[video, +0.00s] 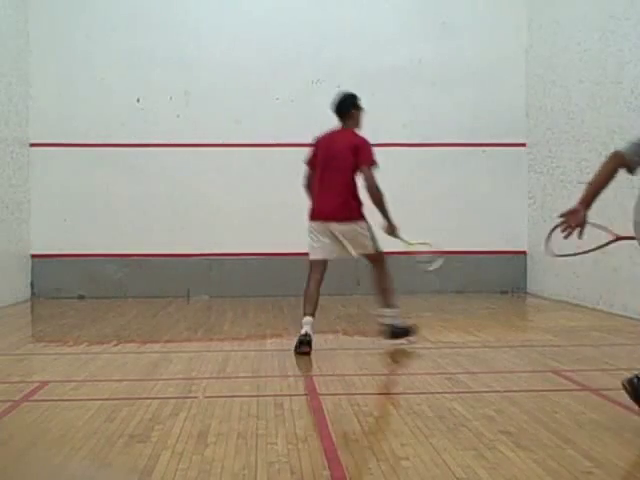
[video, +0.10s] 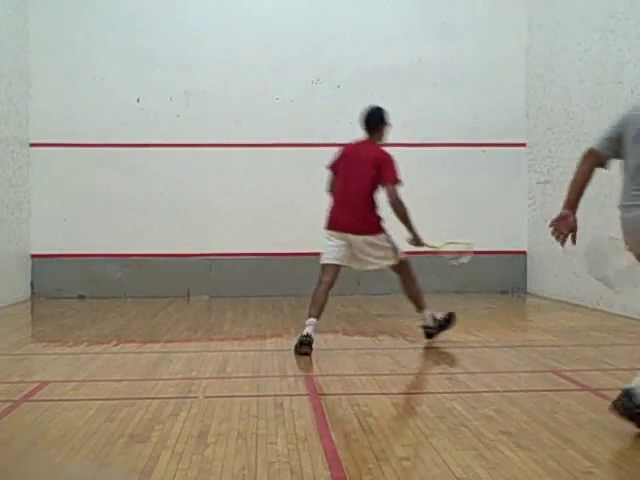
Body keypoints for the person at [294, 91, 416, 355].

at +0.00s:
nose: (362, 116)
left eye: (360, 112)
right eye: (359, 112)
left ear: (339, 115)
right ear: (353, 114)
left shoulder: (321, 141)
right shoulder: (358, 142)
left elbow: (308, 182)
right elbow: (371, 185)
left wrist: (322, 206)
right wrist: (388, 220)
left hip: (319, 216)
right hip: (347, 216)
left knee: (315, 273)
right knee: (378, 262)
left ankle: (305, 331)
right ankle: (391, 321)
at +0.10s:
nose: (386, 130)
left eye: (385, 126)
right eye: (385, 126)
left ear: (365, 127)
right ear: (381, 128)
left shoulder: (347, 151)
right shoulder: (382, 157)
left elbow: (332, 187)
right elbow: (394, 200)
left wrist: (352, 203)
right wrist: (412, 232)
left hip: (337, 223)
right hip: (366, 226)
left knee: (325, 280)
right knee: (403, 269)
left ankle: (307, 333)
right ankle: (428, 321)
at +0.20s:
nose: (417, 136)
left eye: (416, 131)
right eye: (416, 132)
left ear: (396, 132)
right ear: (412, 134)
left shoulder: (379, 154)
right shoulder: (410, 164)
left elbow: (356, 184)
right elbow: (417, 207)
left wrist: (369, 206)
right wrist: (435, 238)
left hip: (365, 226)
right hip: (392, 229)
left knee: (352, 276)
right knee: (428, 267)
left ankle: (324, 314)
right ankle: (439, 325)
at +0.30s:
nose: (443, 142)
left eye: (441, 138)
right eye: (443, 139)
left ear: (423, 137)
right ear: (441, 140)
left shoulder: (404, 157)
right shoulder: (434, 168)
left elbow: (379, 184)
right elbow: (439, 210)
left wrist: (387, 212)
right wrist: (457, 242)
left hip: (387, 225)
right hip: (411, 227)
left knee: (391, 281)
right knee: (444, 267)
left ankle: (363, 303)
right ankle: (440, 325)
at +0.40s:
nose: (464, 146)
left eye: (462, 142)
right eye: (464, 142)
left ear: (443, 139)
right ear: (461, 144)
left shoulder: (424, 157)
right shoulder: (453, 169)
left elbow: (396, 182)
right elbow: (457, 209)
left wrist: (396, 212)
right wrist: (479, 238)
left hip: (401, 221)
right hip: (423, 224)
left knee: (431, 263)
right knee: (454, 267)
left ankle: (407, 302)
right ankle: (441, 324)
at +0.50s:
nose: (481, 150)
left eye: (480, 146)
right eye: (481, 146)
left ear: (461, 143)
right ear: (479, 147)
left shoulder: (442, 158)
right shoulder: (468, 170)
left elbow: (411, 175)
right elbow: (472, 208)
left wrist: (399, 201)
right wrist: (495, 227)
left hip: (416, 220)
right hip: (434, 224)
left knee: (452, 268)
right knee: (461, 271)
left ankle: (446, 315)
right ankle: (441, 323)